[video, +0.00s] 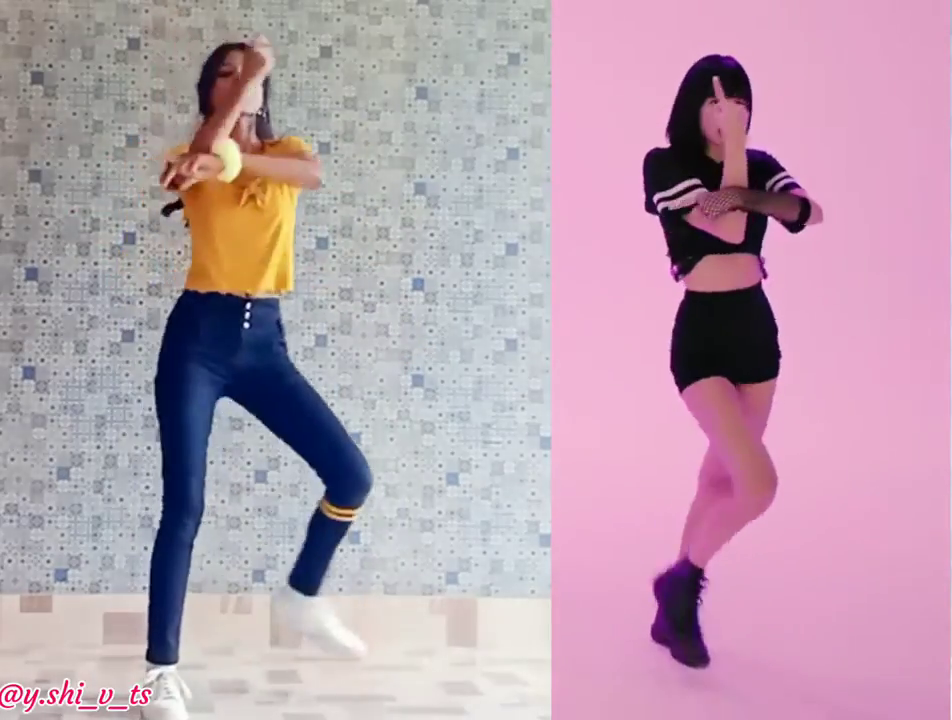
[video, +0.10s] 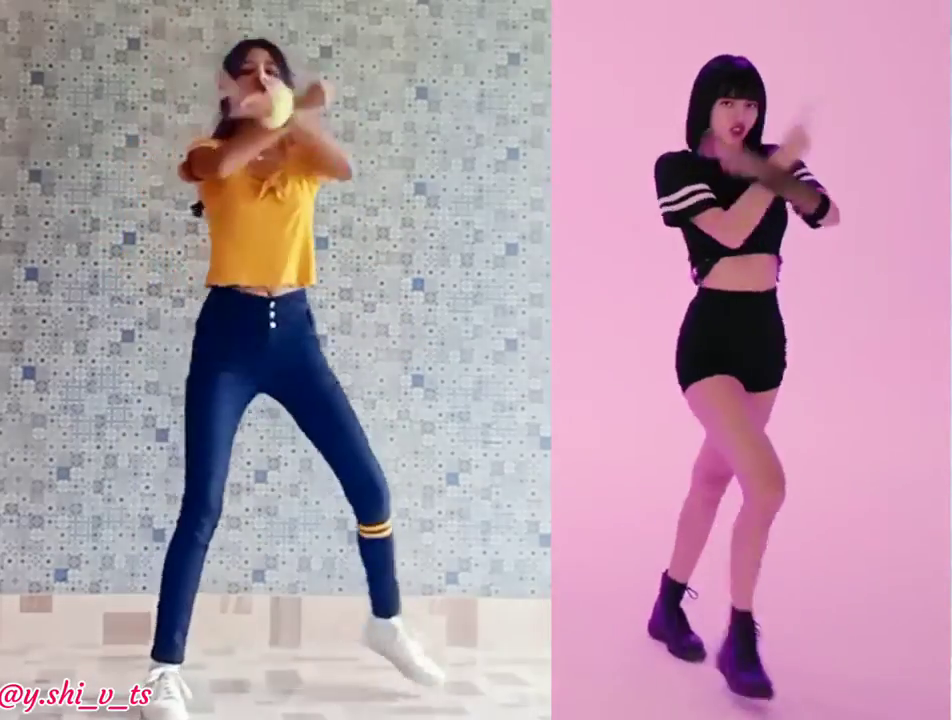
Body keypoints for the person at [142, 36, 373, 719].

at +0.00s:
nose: (248, 87)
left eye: (257, 79)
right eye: (233, 75)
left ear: (267, 94)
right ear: (211, 92)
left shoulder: (285, 149)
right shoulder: (191, 158)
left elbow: (310, 172)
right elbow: (211, 151)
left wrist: (234, 162)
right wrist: (250, 74)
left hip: (265, 348)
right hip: (197, 345)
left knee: (351, 478)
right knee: (185, 503)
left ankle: (299, 599)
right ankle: (162, 671)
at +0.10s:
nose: (259, 78)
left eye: (271, 70)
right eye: (244, 69)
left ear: (288, 90)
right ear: (224, 89)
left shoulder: (302, 151)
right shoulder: (205, 151)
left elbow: (340, 168)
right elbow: (223, 164)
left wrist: (294, 121)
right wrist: (296, 113)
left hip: (298, 341)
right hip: (226, 341)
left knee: (370, 487)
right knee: (202, 506)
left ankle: (387, 622)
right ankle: (165, 670)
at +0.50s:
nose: (326, 104)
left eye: (339, 97)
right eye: (315, 96)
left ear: (353, 114)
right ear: (299, 110)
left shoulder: (364, 182)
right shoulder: (276, 162)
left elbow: (409, 191)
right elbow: (304, 187)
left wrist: (415, 104)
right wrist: (390, 169)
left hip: (359, 352)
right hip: (290, 352)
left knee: (385, 507)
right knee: (216, 487)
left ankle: (411, 656)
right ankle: (157, 642)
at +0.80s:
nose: (288, 125)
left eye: (298, 114)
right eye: (275, 112)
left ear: (314, 124)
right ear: (257, 121)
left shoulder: (336, 183)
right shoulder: (243, 177)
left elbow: (386, 190)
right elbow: (279, 200)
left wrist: (380, 110)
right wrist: (363, 167)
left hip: (319, 359)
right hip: (249, 354)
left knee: (359, 514)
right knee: (196, 506)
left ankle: (407, 657)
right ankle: (141, 657)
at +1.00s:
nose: (285, 125)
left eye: (295, 115)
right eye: (271, 114)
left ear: (310, 126)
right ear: (253, 126)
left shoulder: (333, 188)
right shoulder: (240, 180)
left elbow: (394, 188)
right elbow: (283, 198)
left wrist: (376, 97)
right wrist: (365, 166)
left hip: (319, 361)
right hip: (249, 356)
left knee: (361, 511)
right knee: (196, 508)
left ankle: (406, 655)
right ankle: (142, 656)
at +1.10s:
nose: (298, 110)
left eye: (306, 99)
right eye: (283, 108)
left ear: (327, 112)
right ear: (272, 129)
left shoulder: (360, 186)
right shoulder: (263, 174)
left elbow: (448, 186)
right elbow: (281, 214)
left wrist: (437, 116)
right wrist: (352, 170)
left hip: (326, 360)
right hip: (256, 352)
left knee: (366, 508)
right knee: (202, 503)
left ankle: (407, 654)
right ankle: (142, 654)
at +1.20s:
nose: (336, 96)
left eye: (347, 90)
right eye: (323, 94)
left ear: (366, 116)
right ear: (308, 118)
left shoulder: (379, 181)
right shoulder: (284, 166)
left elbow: (477, 193)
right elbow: (252, 238)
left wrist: (490, 129)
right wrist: (332, 197)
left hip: (338, 355)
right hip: (266, 348)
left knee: (372, 507)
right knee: (189, 481)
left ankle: (408, 654)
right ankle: (126, 631)